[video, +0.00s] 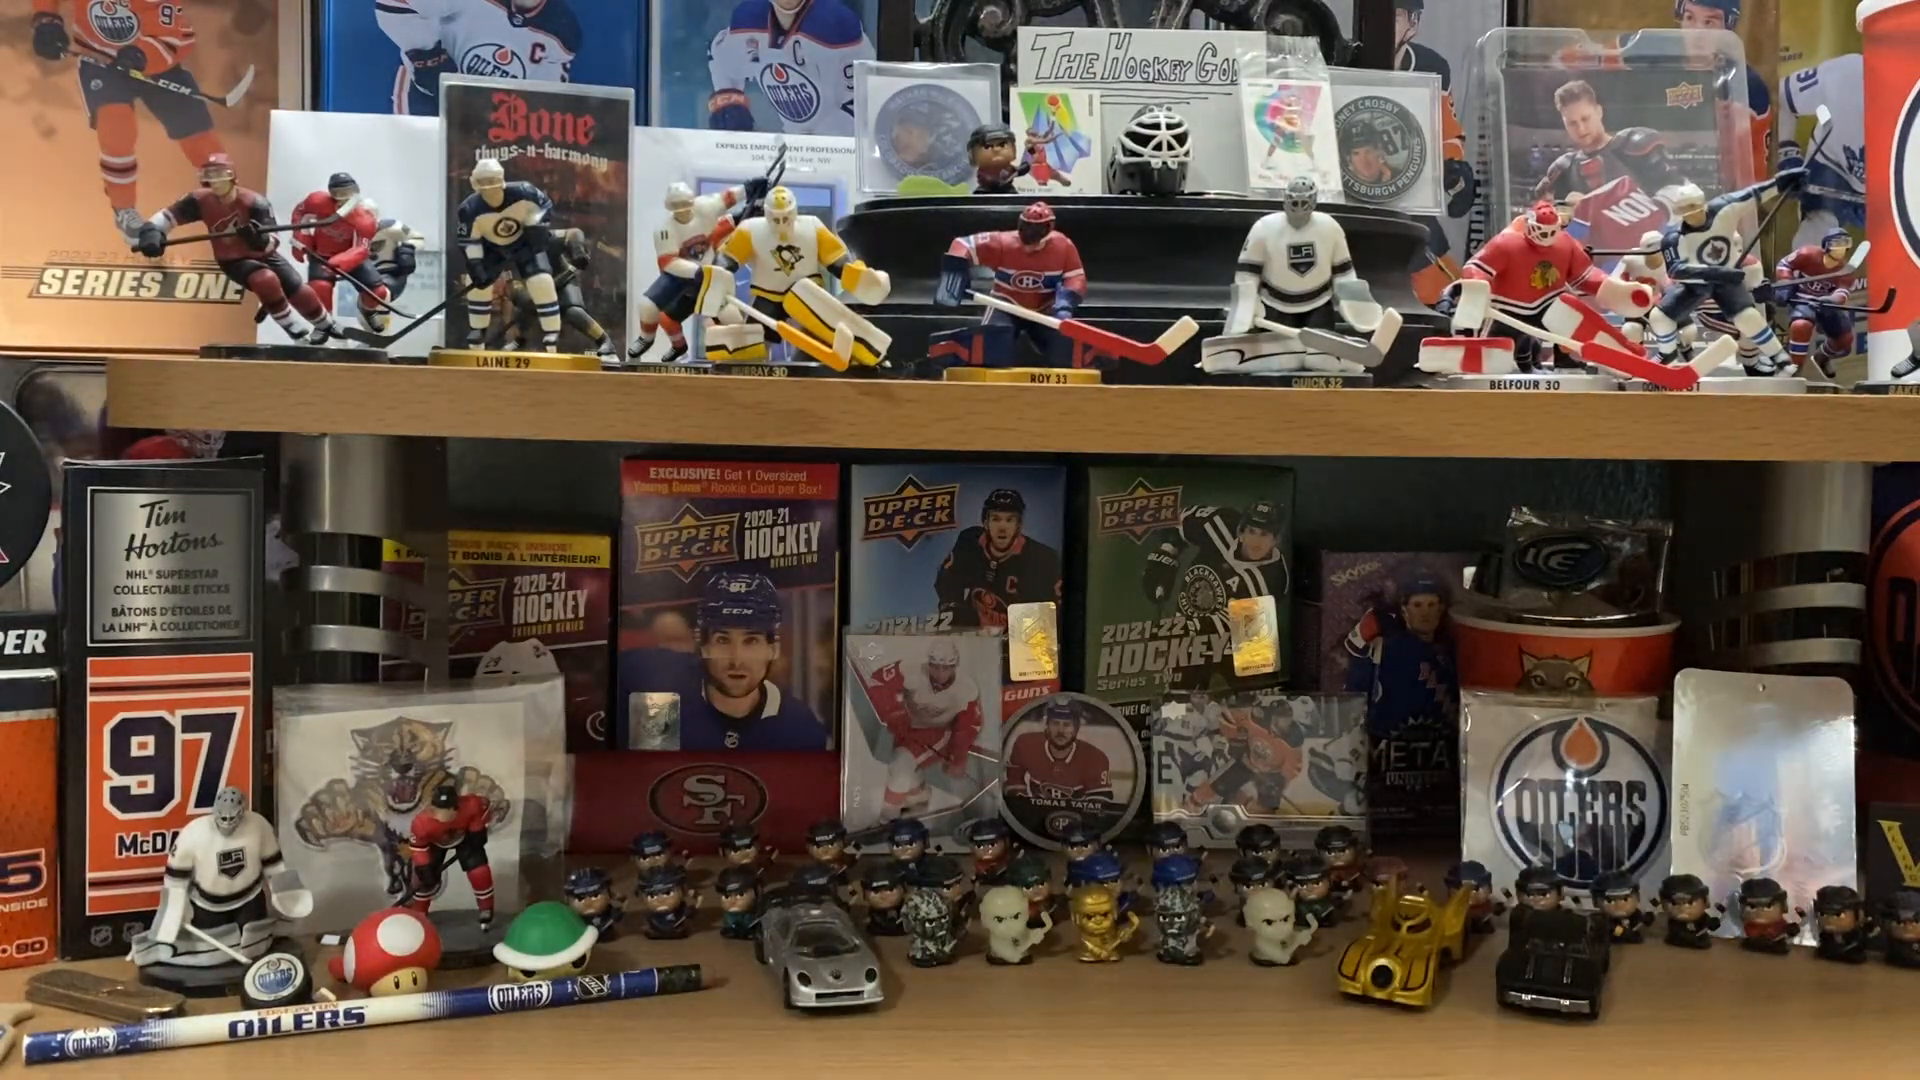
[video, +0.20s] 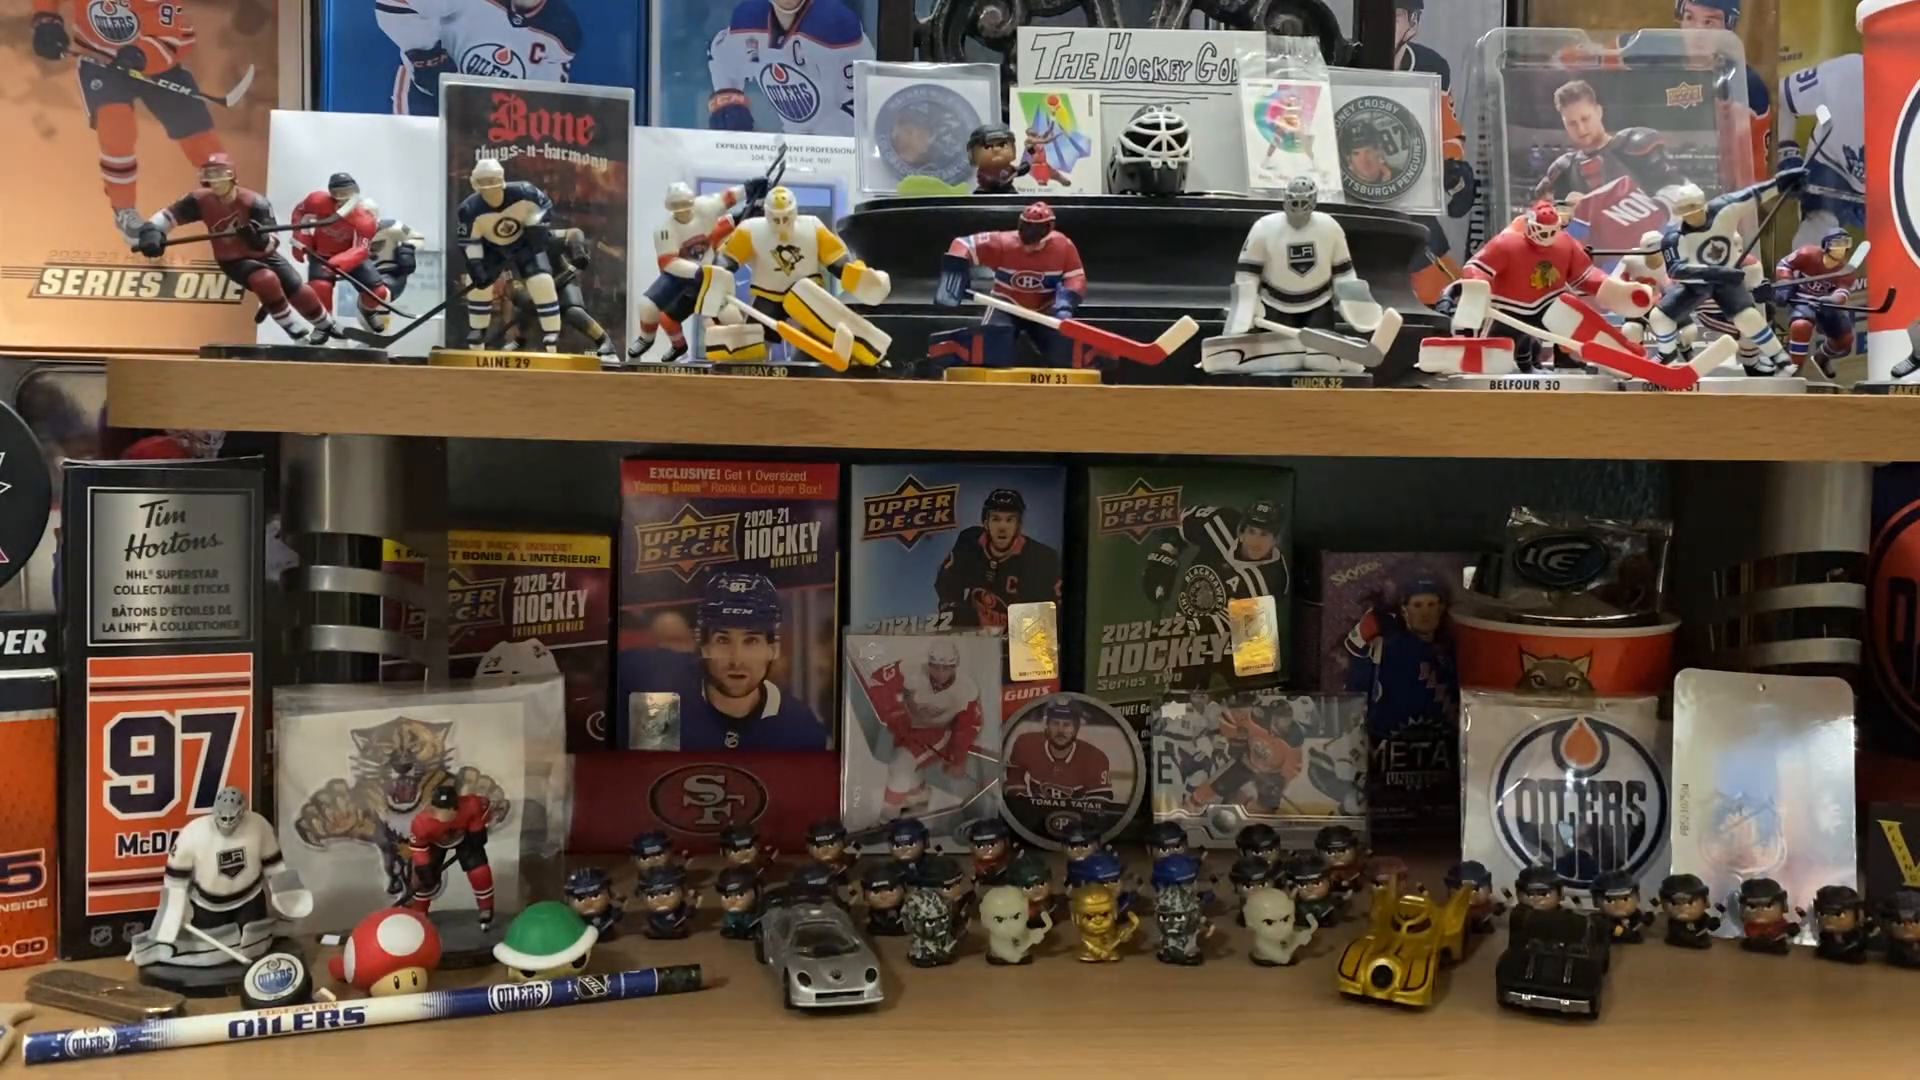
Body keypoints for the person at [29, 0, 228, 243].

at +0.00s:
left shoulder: (161, 7)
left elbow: (175, 39)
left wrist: (141, 54)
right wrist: (46, 18)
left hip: (157, 61)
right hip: (100, 61)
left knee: (207, 151)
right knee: (118, 127)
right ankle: (125, 211)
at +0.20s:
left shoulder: (161, 7)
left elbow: (175, 39)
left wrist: (141, 54)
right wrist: (46, 18)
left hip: (157, 61)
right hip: (100, 61)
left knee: (208, 152)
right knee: (118, 128)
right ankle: (125, 211)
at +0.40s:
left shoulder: (160, 7)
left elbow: (177, 40)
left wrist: (142, 54)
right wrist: (46, 18)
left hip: (157, 61)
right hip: (100, 61)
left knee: (207, 151)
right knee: (118, 127)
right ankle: (125, 211)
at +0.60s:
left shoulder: (160, 8)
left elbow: (176, 40)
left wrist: (142, 54)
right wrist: (46, 18)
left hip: (157, 61)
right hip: (99, 60)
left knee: (207, 150)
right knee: (118, 128)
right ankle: (125, 212)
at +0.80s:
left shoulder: (160, 7)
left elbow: (178, 39)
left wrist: (142, 54)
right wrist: (46, 18)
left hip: (157, 61)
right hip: (100, 61)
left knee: (205, 148)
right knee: (118, 128)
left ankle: (232, 209)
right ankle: (125, 211)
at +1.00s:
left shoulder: (160, 7)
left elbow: (179, 39)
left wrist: (142, 54)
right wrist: (46, 18)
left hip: (157, 62)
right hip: (100, 61)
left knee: (206, 149)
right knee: (118, 128)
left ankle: (232, 210)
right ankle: (125, 211)